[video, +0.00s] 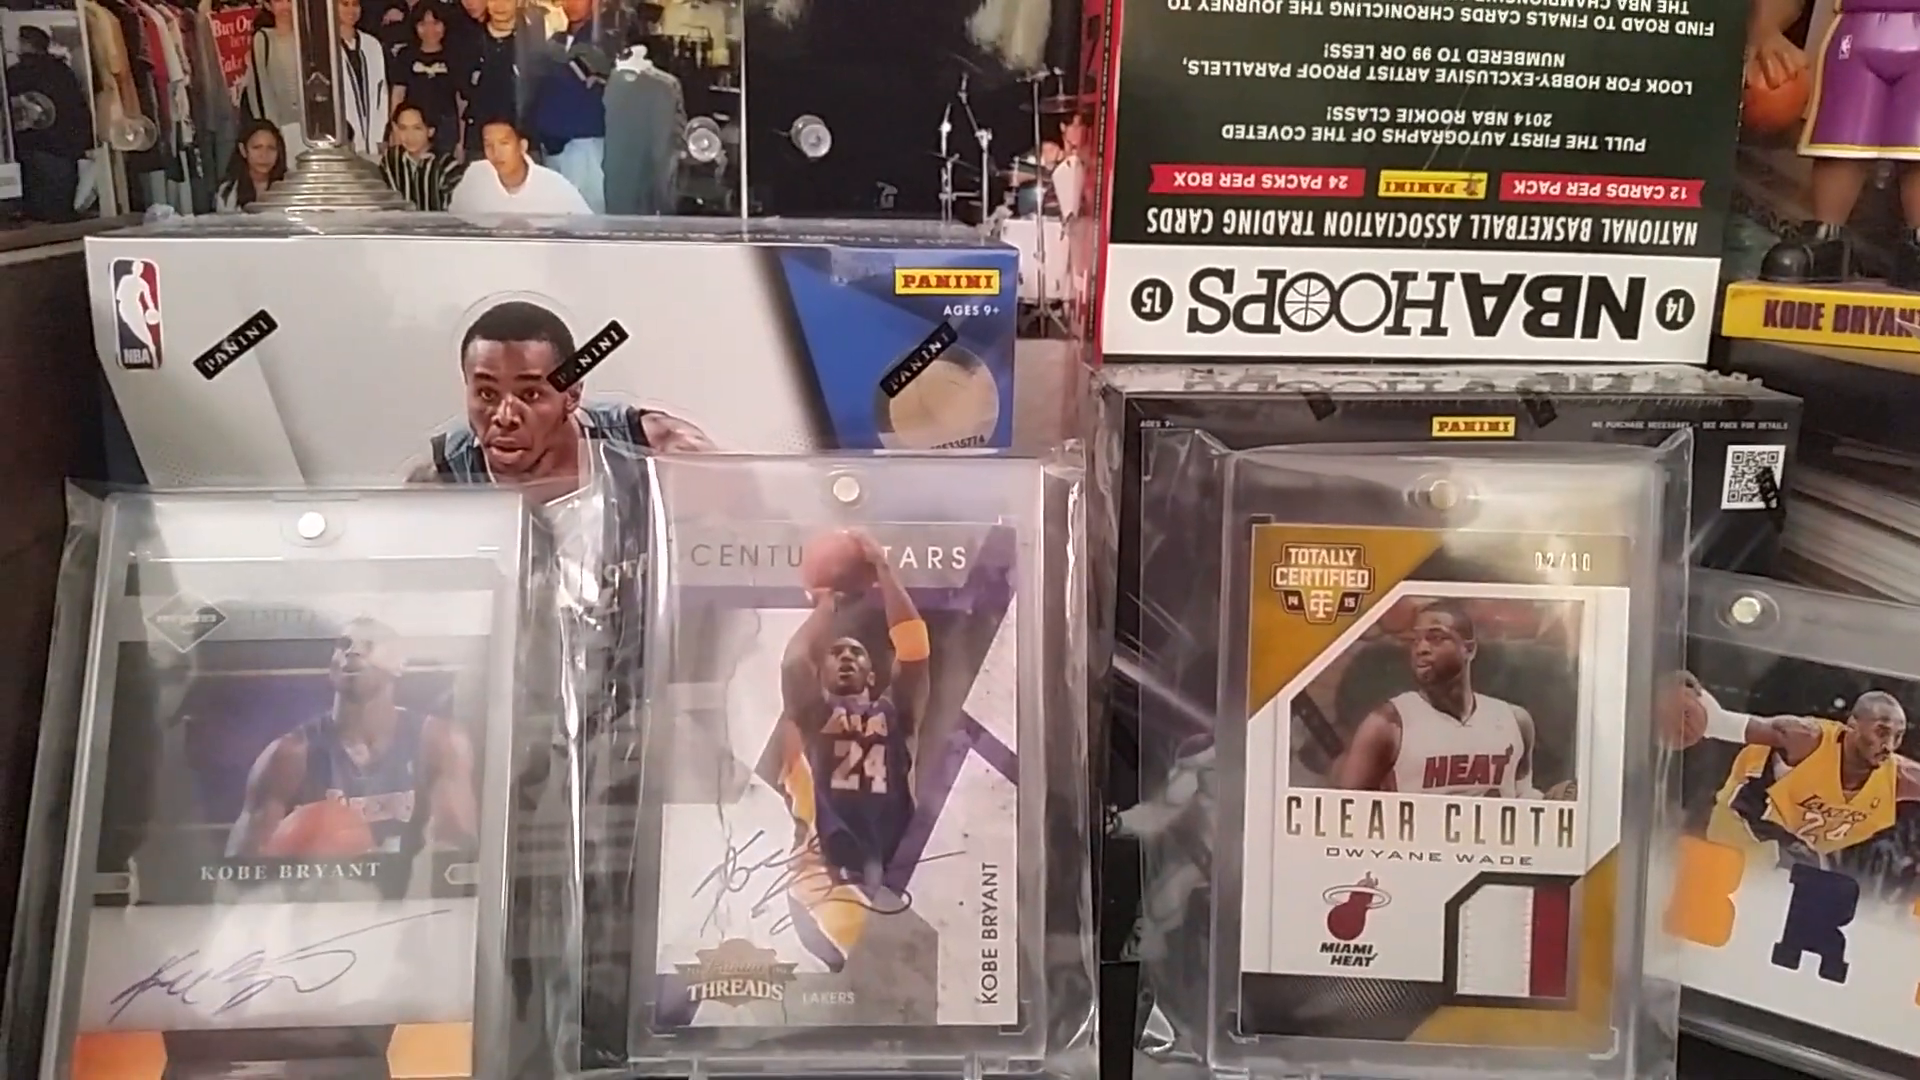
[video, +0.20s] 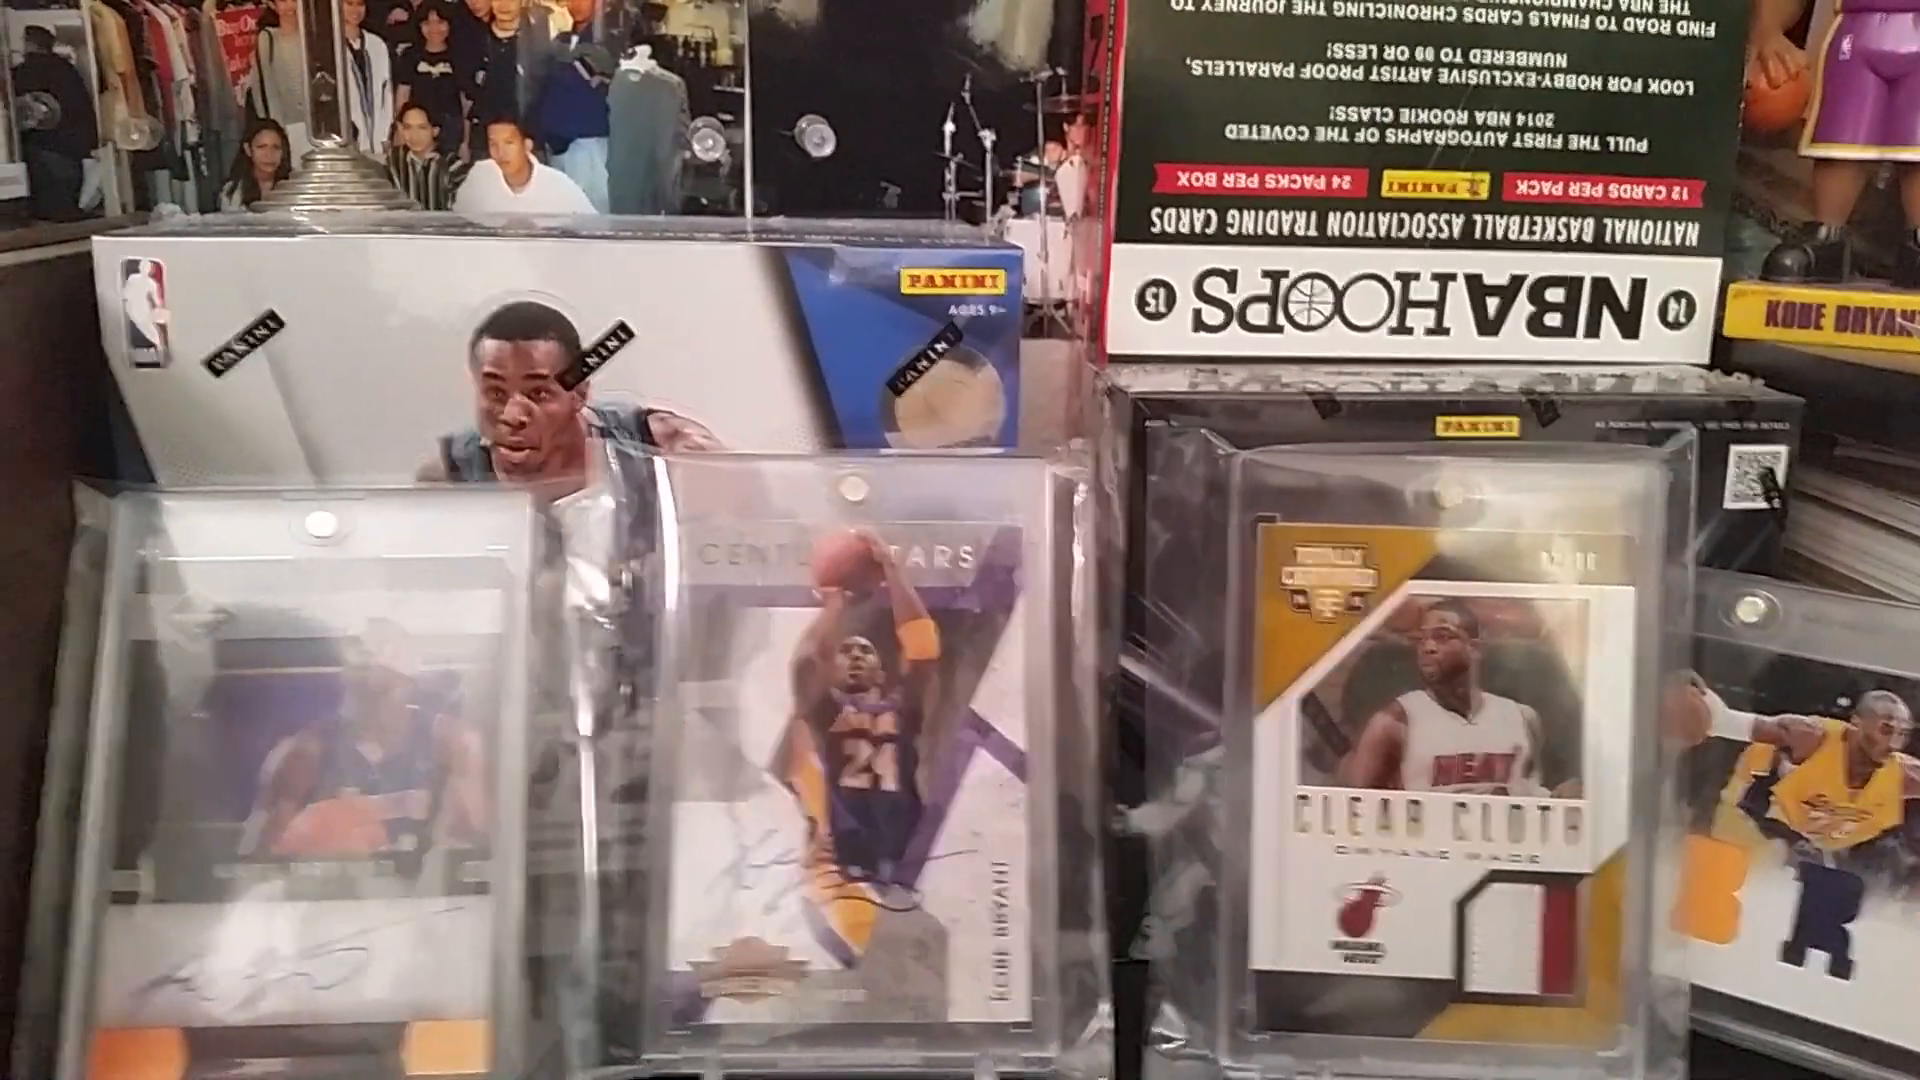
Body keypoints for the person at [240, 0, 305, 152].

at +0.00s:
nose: (285, 5)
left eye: (289, 1)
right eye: (279, 1)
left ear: (296, 5)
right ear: (268, 5)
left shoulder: (305, 35)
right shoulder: (262, 38)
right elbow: (262, 82)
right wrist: (271, 123)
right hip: (280, 119)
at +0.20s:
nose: (288, 6)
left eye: (292, 1)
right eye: (282, 2)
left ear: (299, 4)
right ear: (273, 5)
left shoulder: (310, 33)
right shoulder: (267, 37)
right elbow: (266, 80)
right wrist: (274, 121)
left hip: (312, 112)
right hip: (284, 116)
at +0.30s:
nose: (314, 5)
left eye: (317, 1)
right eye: (309, 1)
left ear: (323, 5)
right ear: (297, 5)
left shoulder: (331, 38)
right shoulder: (290, 38)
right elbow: (282, 79)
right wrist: (286, 114)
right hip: (300, 117)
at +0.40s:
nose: (343, 4)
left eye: (342, 1)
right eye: (335, 1)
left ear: (346, 5)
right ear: (322, 6)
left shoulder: (354, 36)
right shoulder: (315, 37)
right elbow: (307, 80)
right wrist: (312, 119)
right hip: (328, 115)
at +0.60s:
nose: (368, 5)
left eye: (369, 2)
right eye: (360, 3)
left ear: (374, 7)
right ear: (348, 9)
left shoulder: (382, 39)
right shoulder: (342, 40)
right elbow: (336, 83)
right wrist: (340, 122)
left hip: (382, 114)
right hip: (355, 117)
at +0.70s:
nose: (360, 10)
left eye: (365, 4)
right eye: (353, 5)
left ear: (370, 8)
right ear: (343, 9)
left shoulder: (377, 40)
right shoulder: (337, 41)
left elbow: (386, 76)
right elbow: (331, 83)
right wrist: (335, 123)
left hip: (378, 115)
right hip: (350, 117)